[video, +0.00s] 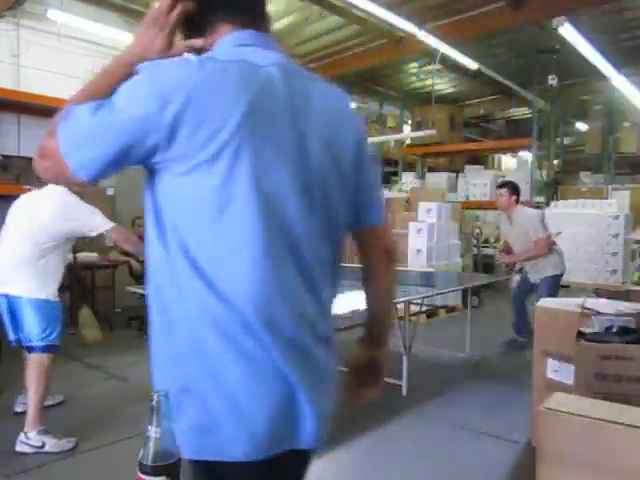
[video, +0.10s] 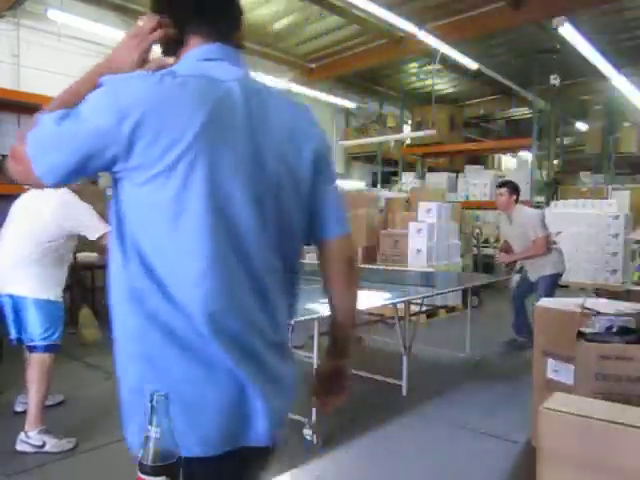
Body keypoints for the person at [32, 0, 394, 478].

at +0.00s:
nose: (191, 44)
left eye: (189, 32)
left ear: (199, 25)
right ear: (265, 20)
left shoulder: (180, 86)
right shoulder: (334, 106)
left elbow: (51, 160)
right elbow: (377, 244)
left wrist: (134, 55)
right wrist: (375, 345)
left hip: (214, 394)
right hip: (306, 387)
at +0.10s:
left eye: (158, 21)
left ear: (167, 30)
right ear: (240, 31)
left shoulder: (139, 99)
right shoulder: (298, 121)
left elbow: (23, 162)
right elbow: (339, 248)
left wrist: (108, 68)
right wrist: (339, 349)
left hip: (168, 389)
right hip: (264, 387)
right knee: (237, 469)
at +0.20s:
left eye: (135, 20)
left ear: (144, 26)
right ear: (215, 32)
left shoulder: (107, 98)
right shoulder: (264, 127)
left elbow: (14, 154)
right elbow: (298, 257)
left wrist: (86, 66)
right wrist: (301, 358)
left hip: (118, 385)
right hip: (218, 388)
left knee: (133, 470)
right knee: (206, 472)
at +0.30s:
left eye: (114, 19)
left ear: (119, 27)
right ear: (193, 28)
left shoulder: (77, 91)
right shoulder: (239, 126)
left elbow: (7, 147)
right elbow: (265, 257)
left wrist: (69, 66)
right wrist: (263, 353)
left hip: (85, 386)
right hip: (192, 387)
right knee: (175, 472)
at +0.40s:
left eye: (83, 19)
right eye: (170, 24)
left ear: (93, 22)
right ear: (167, 28)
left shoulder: (48, 84)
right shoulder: (213, 121)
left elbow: (4, 132)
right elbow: (241, 257)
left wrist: (55, 49)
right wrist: (231, 340)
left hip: (44, 378)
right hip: (160, 386)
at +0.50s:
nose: (147, 39)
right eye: (148, 28)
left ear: (66, 19)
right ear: (141, 27)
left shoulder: (13, 81)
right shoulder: (182, 118)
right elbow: (211, 256)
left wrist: (32, 62)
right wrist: (205, 335)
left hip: (19, 371)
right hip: (132, 378)